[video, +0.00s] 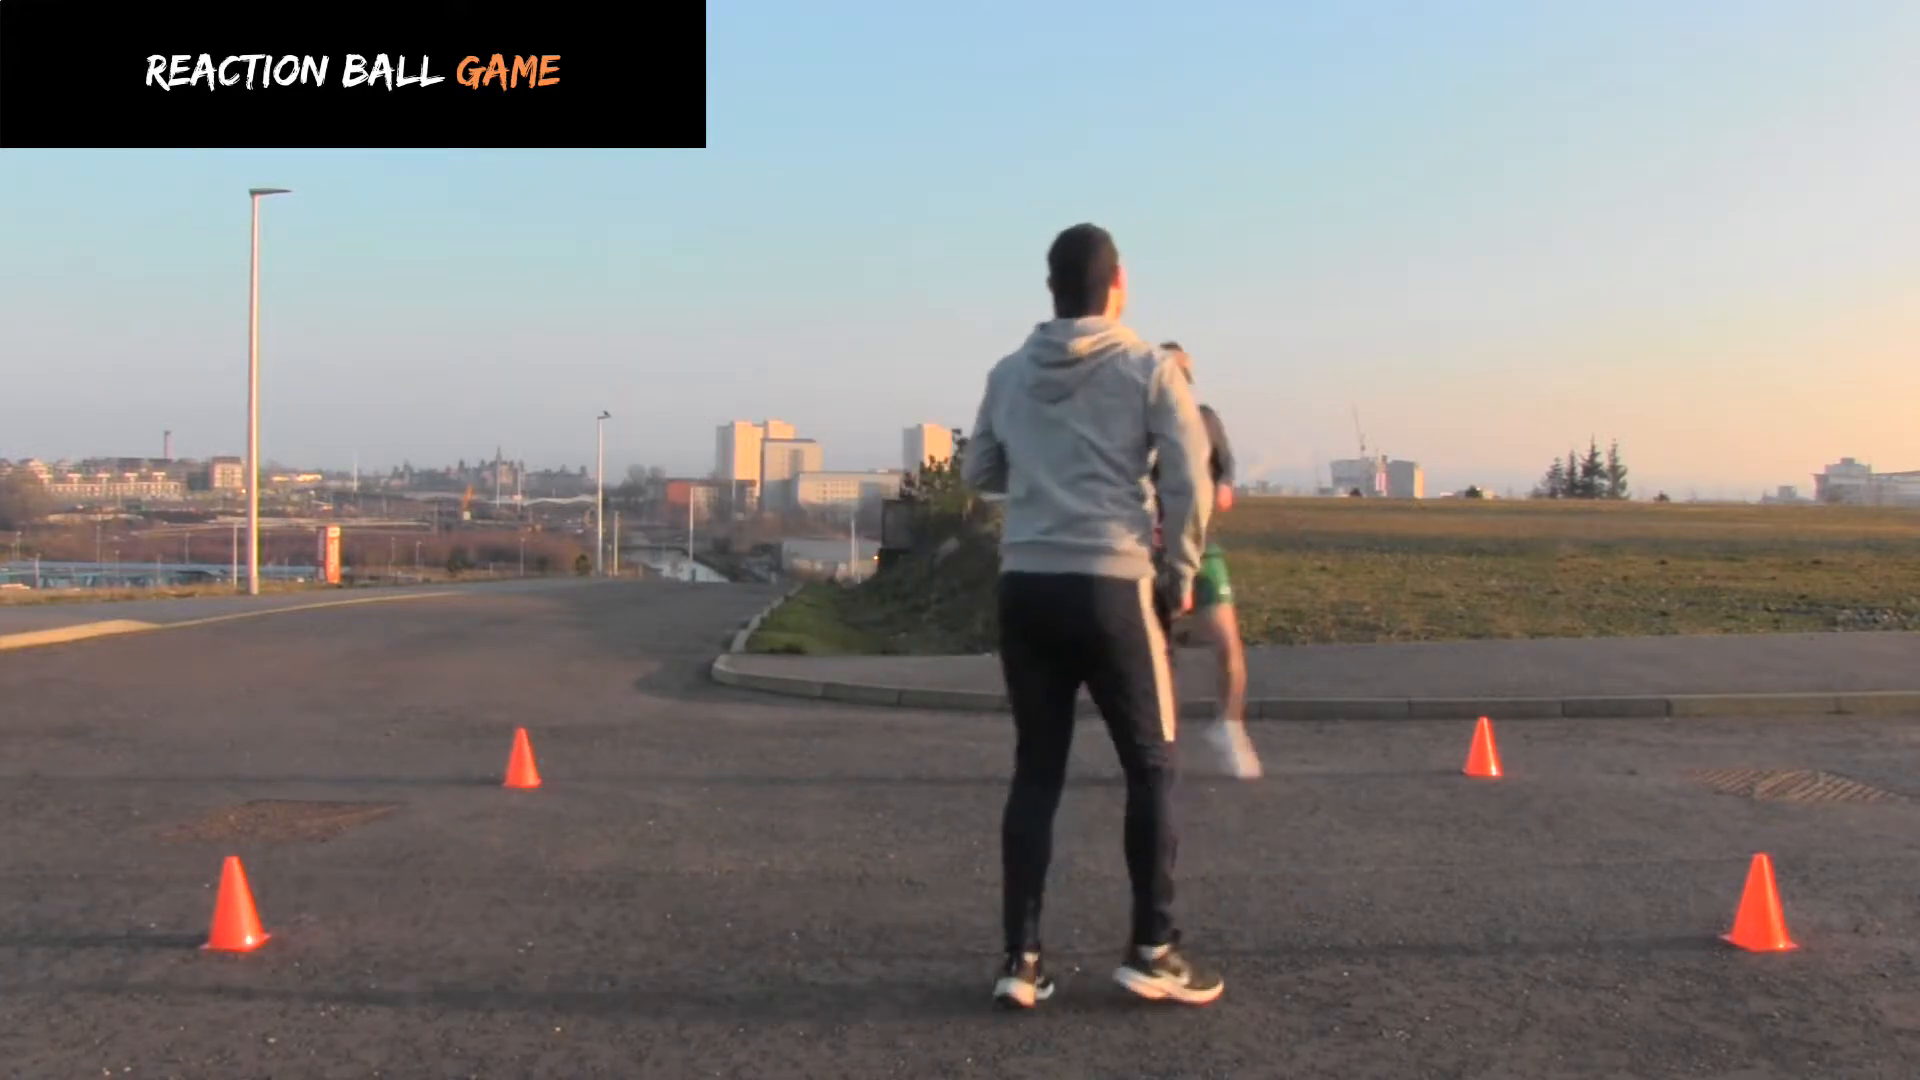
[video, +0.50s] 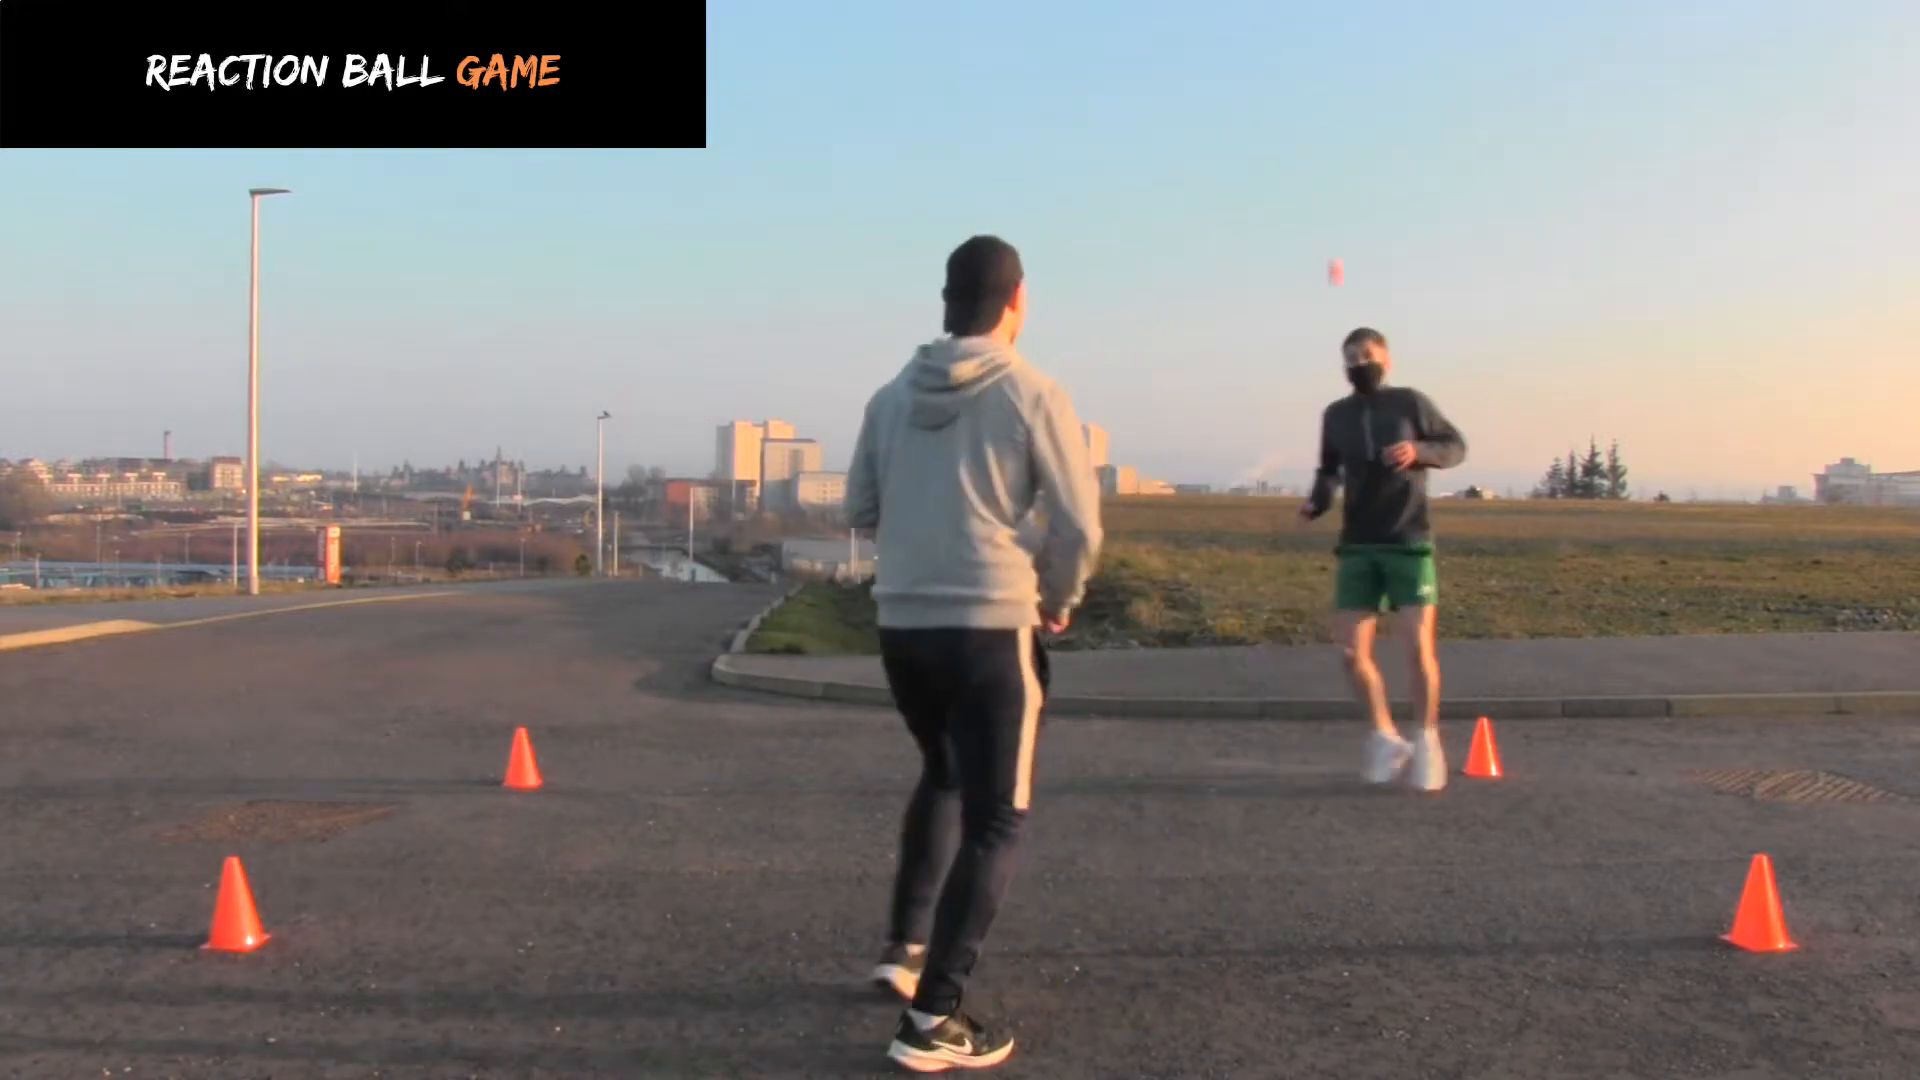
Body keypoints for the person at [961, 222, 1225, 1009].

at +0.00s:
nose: (1126, 289)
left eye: (1110, 278)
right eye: (1124, 278)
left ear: (1052, 287)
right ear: (1117, 284)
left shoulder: (1010, 372)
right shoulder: (1150, 367)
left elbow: (980, 471)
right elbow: (1188, 478)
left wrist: (1048, 463)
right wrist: (1178, 572)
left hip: (1025, 590)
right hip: (1111, 590)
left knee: (1034, 772)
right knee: (1150, 767)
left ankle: (1019, 961)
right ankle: (1151, 950)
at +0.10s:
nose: (1093, 308)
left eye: (1075, 298)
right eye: (1091, 298)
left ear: (1018, 306)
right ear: (1085, 304)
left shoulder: (980, 398)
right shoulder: (1114, 390)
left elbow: (944, 499)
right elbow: (1158, 505)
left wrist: (1004, 516)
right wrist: (1160, 596)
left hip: (994, 622)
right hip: (1079, 625)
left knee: (1025, 786)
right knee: (1131, 781)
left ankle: (1015, 978)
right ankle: (1078, 954)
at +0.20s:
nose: (1076, 296)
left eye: (1064, 286)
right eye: (1074, 286)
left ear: (1000, 294)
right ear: (1068, 292)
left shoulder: (959, 386)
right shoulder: (1100, 377)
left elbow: (919, 492)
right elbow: (1142, 492)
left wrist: (985, 505)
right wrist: (1133, 586)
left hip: (984, 618)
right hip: (1070, 617)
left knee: (1016, 782)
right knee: (1089, 787)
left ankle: (1014, 965)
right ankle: (1015, 954)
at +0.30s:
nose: (1048, 282)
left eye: (1007, 269)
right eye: (1050, 270)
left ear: (976, 274)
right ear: (1048, 274)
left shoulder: (934, 362)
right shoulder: (1083, 355)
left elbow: (891, 457)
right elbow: (1126, 471)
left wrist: (958, 497)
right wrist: (1094, 548)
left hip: (955, 594)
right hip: (1043, 597)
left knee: (988, 775)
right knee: (1026, 783)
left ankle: (996, 957)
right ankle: (956, 974)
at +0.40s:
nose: (1043, 293)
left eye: (1023, 280)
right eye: (1043, 282)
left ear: (965, 285)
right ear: (1036, 287)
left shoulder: (915, 379)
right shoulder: (1068, 372)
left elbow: (881, 498)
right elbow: (1119, 491)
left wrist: (928, 537)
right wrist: (1074, 564)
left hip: (930, 609)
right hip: (1020, 612)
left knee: (977, 783)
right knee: (1011, 801)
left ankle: (973, 950)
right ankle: (939, 1007)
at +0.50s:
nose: (1026, 308)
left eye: (1018, 295)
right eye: (1025, 297)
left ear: (945, 299)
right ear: (1016, 303)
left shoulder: (894, 397)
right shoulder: (1031, 393)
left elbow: (860, 506)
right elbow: (1078, 527)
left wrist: (933, 524)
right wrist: (1058, 601)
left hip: (902, 631)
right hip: (990, 634)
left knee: (943, 776)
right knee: (997, 822)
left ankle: (906, 947)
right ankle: (934, 1017)